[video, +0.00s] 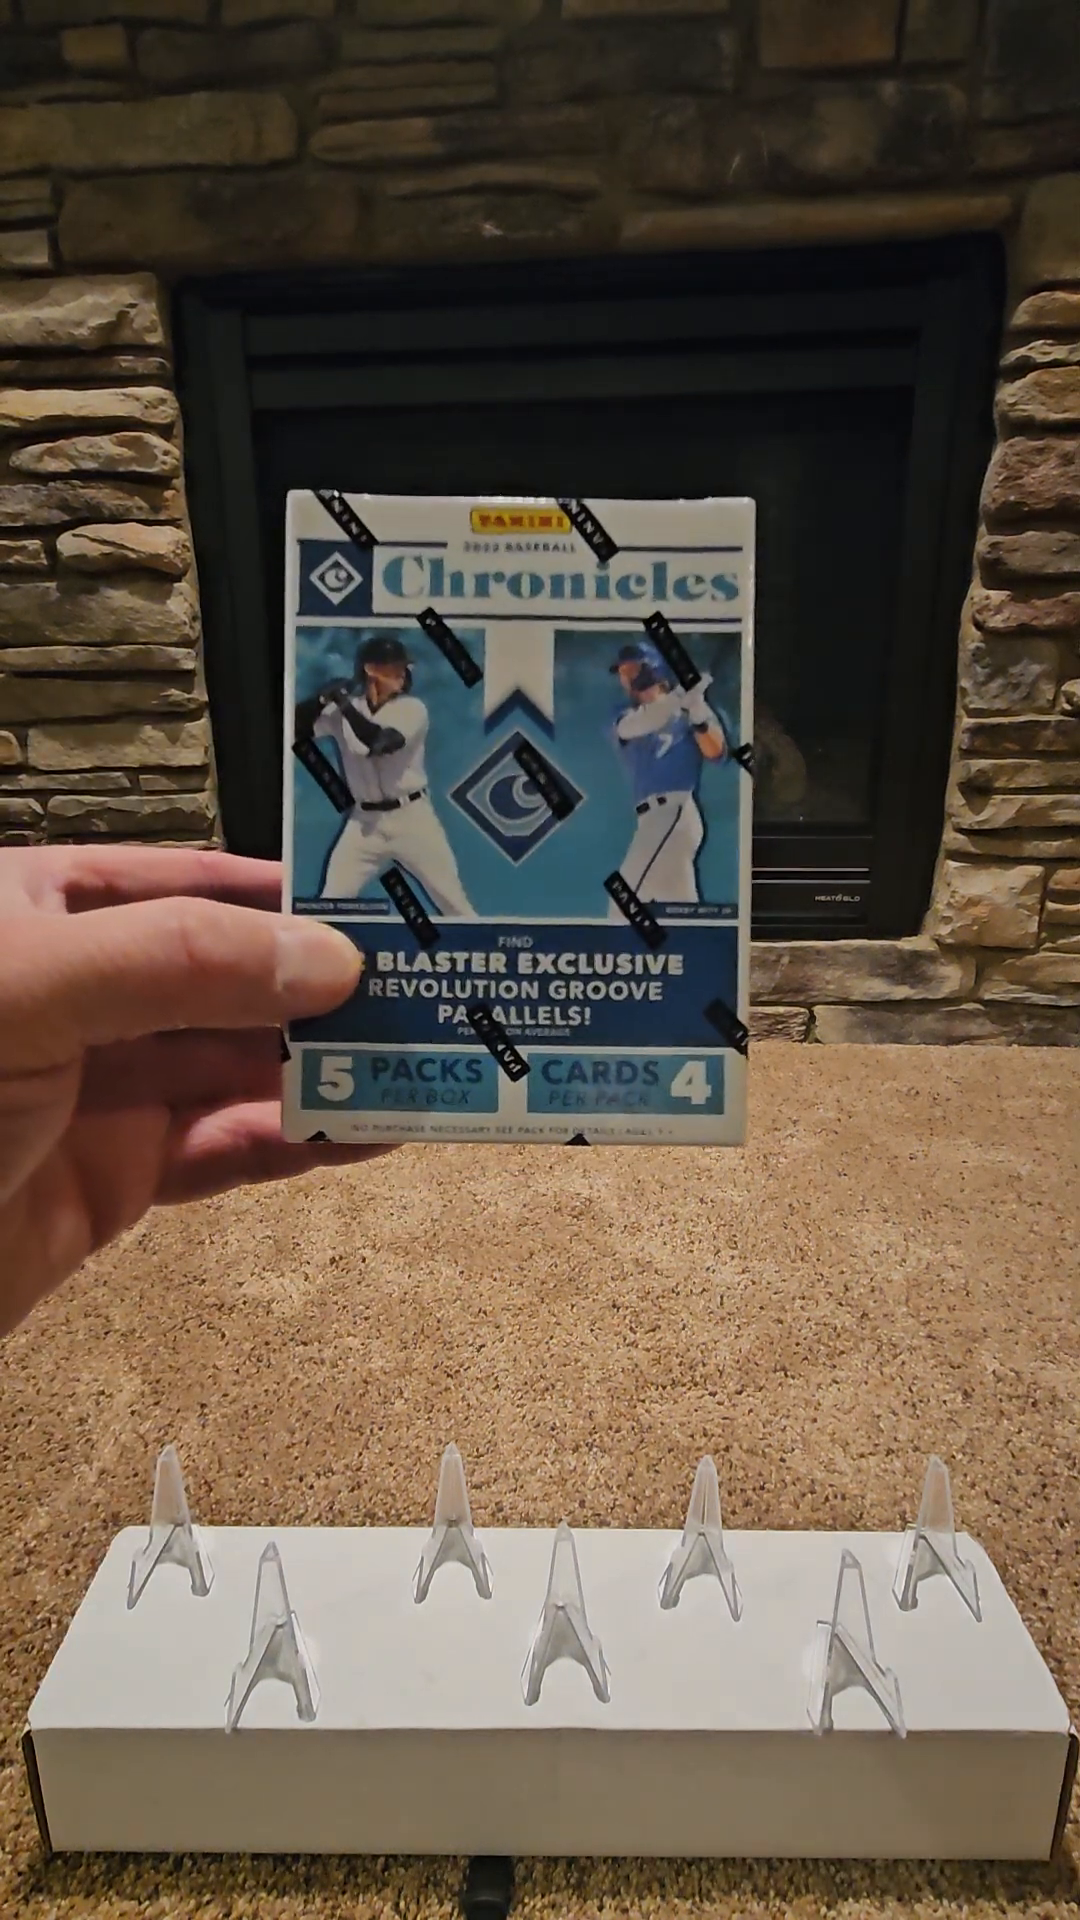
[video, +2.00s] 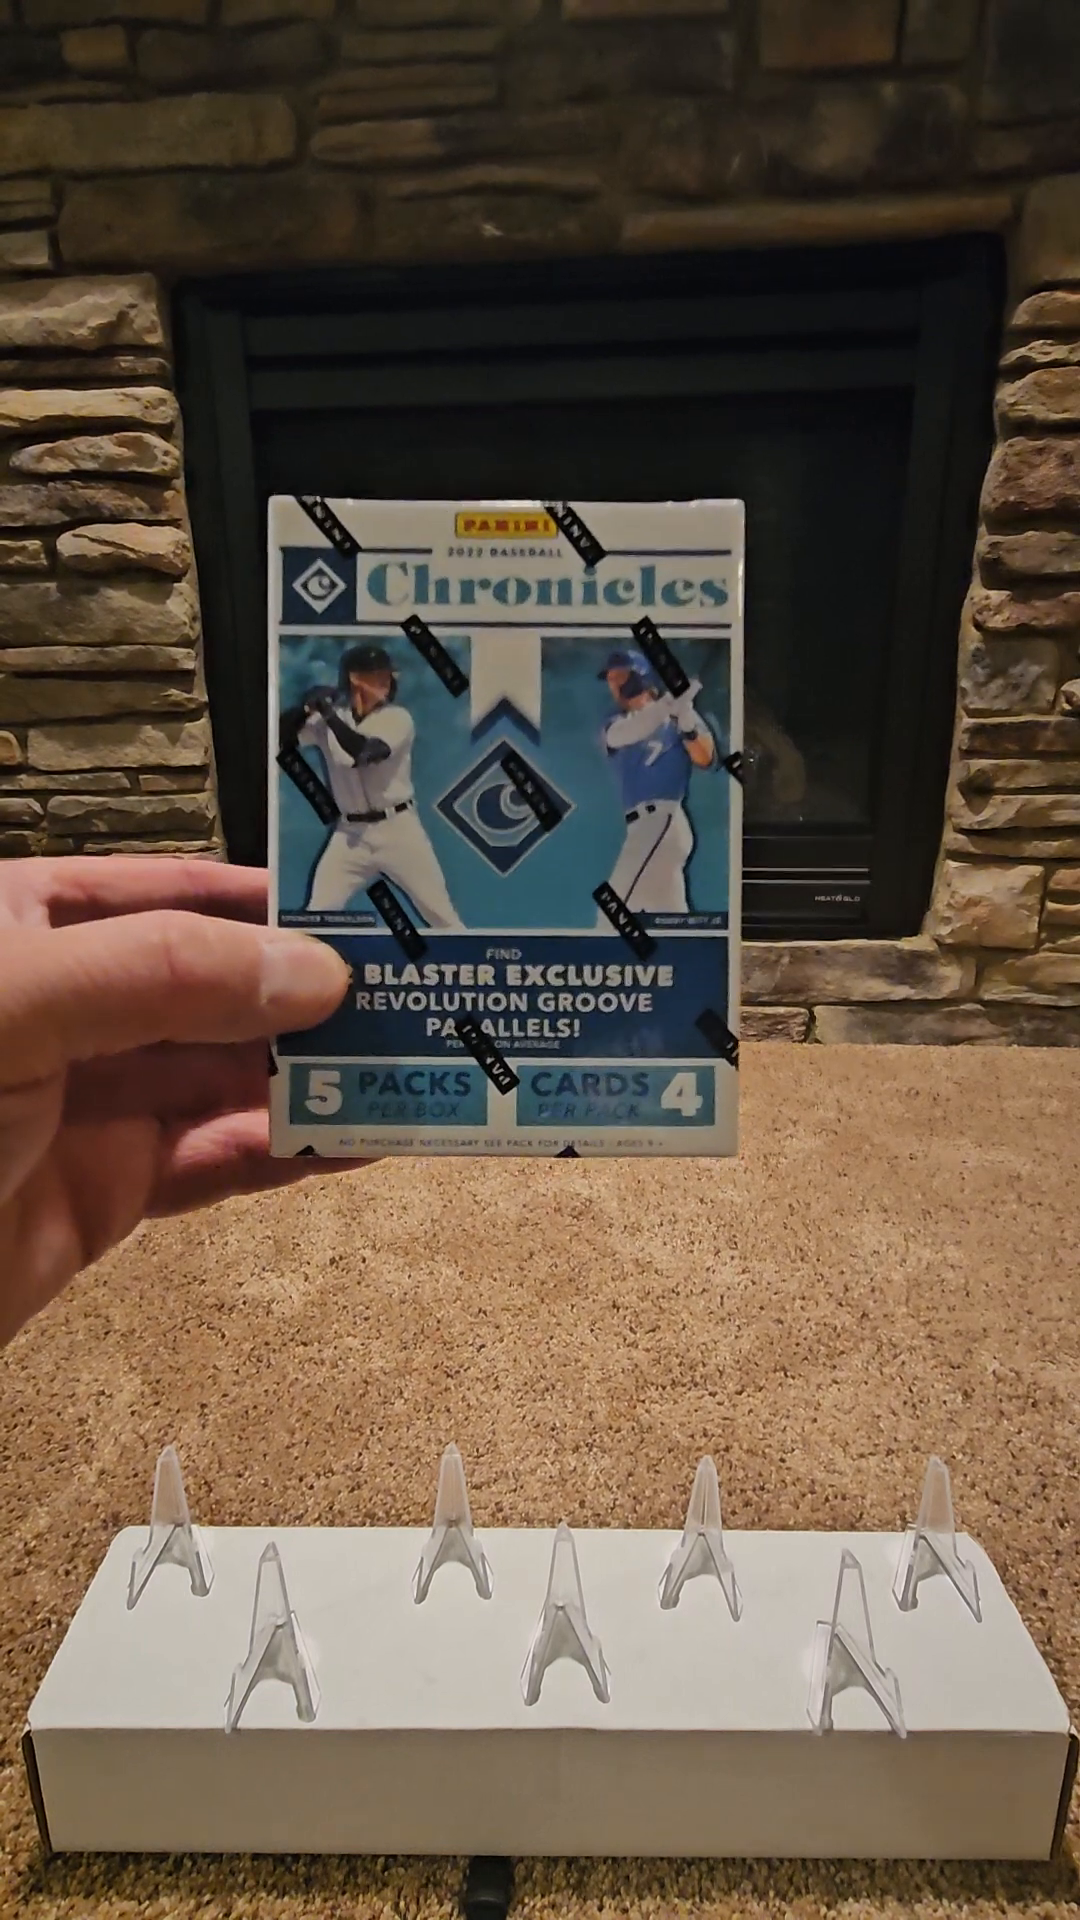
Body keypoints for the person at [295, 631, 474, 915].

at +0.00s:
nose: (402, 673)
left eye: (403, 667)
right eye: (394, 666)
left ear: (404, 671)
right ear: (371, 670)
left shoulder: (411, 709)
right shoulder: (341, 712)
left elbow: (377, 743)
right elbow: (293, 730)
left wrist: (343, 703)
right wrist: (321, 700)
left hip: (413, 819)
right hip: (364, 823)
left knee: (454, 903)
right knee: (332, 905)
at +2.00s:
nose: (387, 679)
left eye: (388, 673)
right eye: (379, 673)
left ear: (391, 678)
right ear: (355, 679)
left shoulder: (397, 718)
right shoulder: (326, 722)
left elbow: (364, 753)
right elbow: (281, 735)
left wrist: (327, 714)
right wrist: (306, 708)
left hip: (399, 831)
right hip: (350, 835)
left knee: (441, 916)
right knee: (318, 917)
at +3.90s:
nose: (373, 659)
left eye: (374, 652)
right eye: (363, 652)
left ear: (378, 656)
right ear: (340, 658)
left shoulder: (385, 698)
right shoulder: (310, 704)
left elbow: (350, 736)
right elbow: (265, 725)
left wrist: (312, 694)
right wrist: (285, 693)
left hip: (388, 816)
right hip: (337, 820)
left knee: (433, 903)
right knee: (305, 907)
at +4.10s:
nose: (374, 650)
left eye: (375, 644)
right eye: (364, 644)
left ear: (378, 648)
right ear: (340, 650)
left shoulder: (385, 690)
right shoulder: (310, 696)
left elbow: (351, 728)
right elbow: (263, 713)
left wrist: (313, 687)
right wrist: (287, 683)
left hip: (388, 809)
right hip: (336, 813)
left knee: (432, 896)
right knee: (305, 901)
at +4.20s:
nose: (374, 659)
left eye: (375, 653)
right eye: (365, 654)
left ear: (379, 657)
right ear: (341, 659)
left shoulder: (386, 700)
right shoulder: (310, 706)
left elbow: (351, 738)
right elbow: (263, 724)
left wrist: (314, 698)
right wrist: (287, 693)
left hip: (389, 820)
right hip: (337, 825)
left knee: (434, 908)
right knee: (305, 914)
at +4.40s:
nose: (349, 622)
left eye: (350, 615)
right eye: (339, 615)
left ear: (353, 620)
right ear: (313, 620)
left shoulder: (360, 665)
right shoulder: (281, 669)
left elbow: (324, 705)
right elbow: (231, 690)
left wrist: (283, 660)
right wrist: (258, 654)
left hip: (363, 792)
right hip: (308, 796)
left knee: (411, 887)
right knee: (275, 889)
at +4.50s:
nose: (336, 601)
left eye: (337, 594)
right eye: (326, 594)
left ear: (340, 599)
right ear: (300, 601)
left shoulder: (349, 645)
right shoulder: (266, 650)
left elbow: (311, 686)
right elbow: (216, 669)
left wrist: (270, 641)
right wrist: (243, 635)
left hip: (352, 774)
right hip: (296, 779)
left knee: (400, 871)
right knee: (261, 875)